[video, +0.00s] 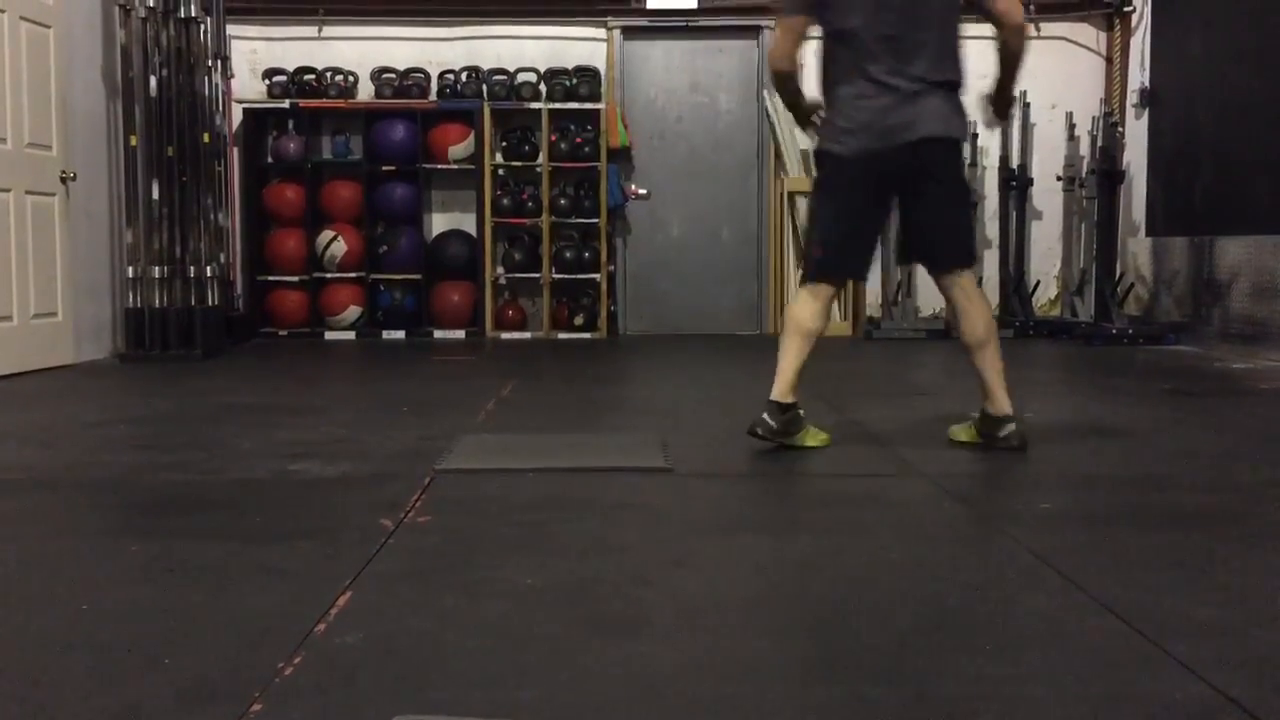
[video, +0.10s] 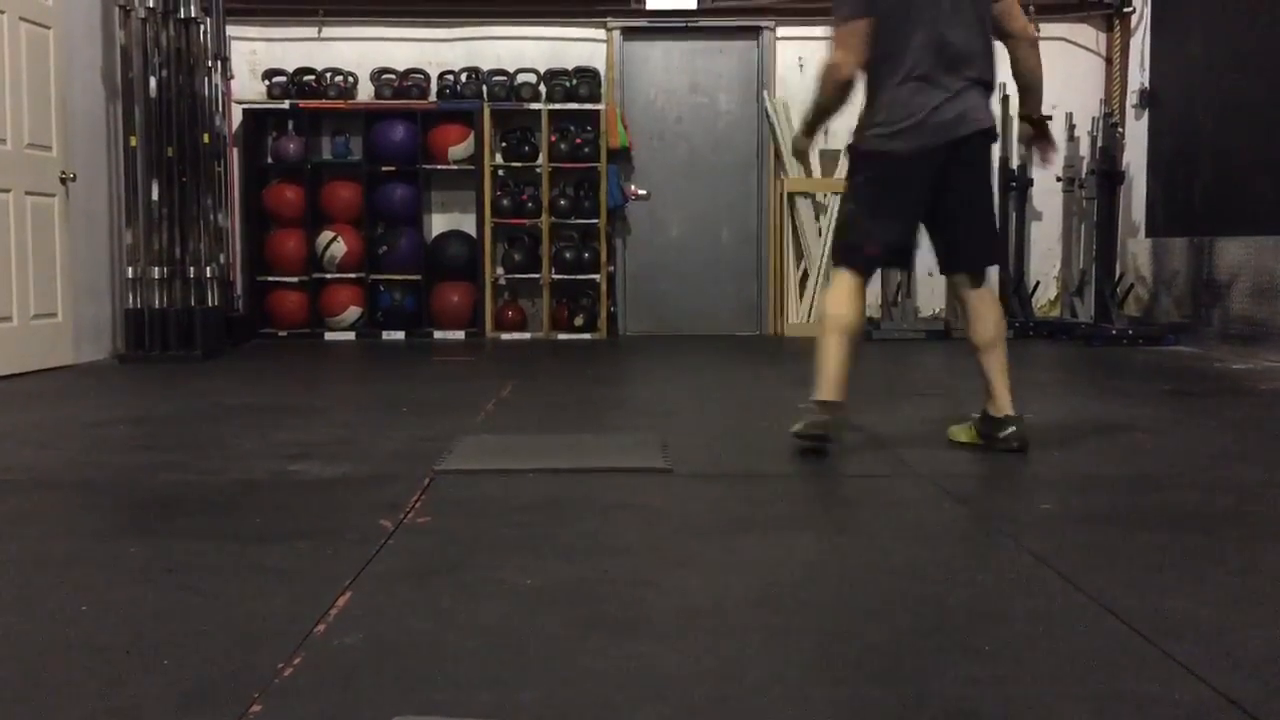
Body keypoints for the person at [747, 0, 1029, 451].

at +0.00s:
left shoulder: (818, 1)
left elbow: (780, 62)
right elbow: (1014, 23)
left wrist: (801, 109)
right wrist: (1004, 90)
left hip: (853, 141)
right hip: (933, 136)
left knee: (819, 283)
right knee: (958, 277)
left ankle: (779, 406)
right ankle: (1001, 414)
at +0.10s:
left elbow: (844, 67)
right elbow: (1023, 36)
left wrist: (809, 127)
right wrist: (1034, 115)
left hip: (892, 141)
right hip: (967, 137)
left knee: (849, 271)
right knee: (976, 276)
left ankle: (825, 407)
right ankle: (1002, 415)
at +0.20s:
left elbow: (891, 45)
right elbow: (1020, 31)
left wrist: (856, 131)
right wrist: (1028, 118)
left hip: (922, 127)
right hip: (993, 125)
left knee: (881, 255)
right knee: (989, 266)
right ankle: (1005, 413)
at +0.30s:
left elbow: (926, 34)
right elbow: (1018, 33)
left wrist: (900, 129)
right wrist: (1010, 108)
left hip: (949, 125)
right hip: (1005, 124)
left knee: (931, 268)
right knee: (1000, 269)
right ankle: (1005, 407)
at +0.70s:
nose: (850, 4)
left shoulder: (928, 4)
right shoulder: (901, 16)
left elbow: (979, 78)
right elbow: (948, 97)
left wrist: (990, 182)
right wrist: (965, 178)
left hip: (1047, 125)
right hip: (992, 129)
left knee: (1026, 270)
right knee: (972, 267)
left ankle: (1058, 430)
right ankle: (992, 402)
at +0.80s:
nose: (812, 59)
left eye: (809, 42)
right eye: (803, 48)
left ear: (840, 16)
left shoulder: (913, 38)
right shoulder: (878, 68)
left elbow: (974, 131)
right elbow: (928, 146)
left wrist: (986, 238)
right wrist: (947, 223)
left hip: (1057, 140)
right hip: (1005, 147)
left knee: (1003, 277)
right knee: (960, 271)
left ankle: (1057, 431)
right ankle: (993, 412)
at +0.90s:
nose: (803, 132)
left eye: (802, 118)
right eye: (795, 123)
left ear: (826, 92)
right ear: (829, 93)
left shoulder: (906, 111)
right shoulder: (875, 139)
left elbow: (958, 211)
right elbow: (903, 221)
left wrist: (947, 315)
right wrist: (908, 294)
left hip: (1056, 176)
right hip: (1006, 186)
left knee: (973, 302)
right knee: (927, 286)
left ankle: (1054, 430)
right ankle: (991, 413)